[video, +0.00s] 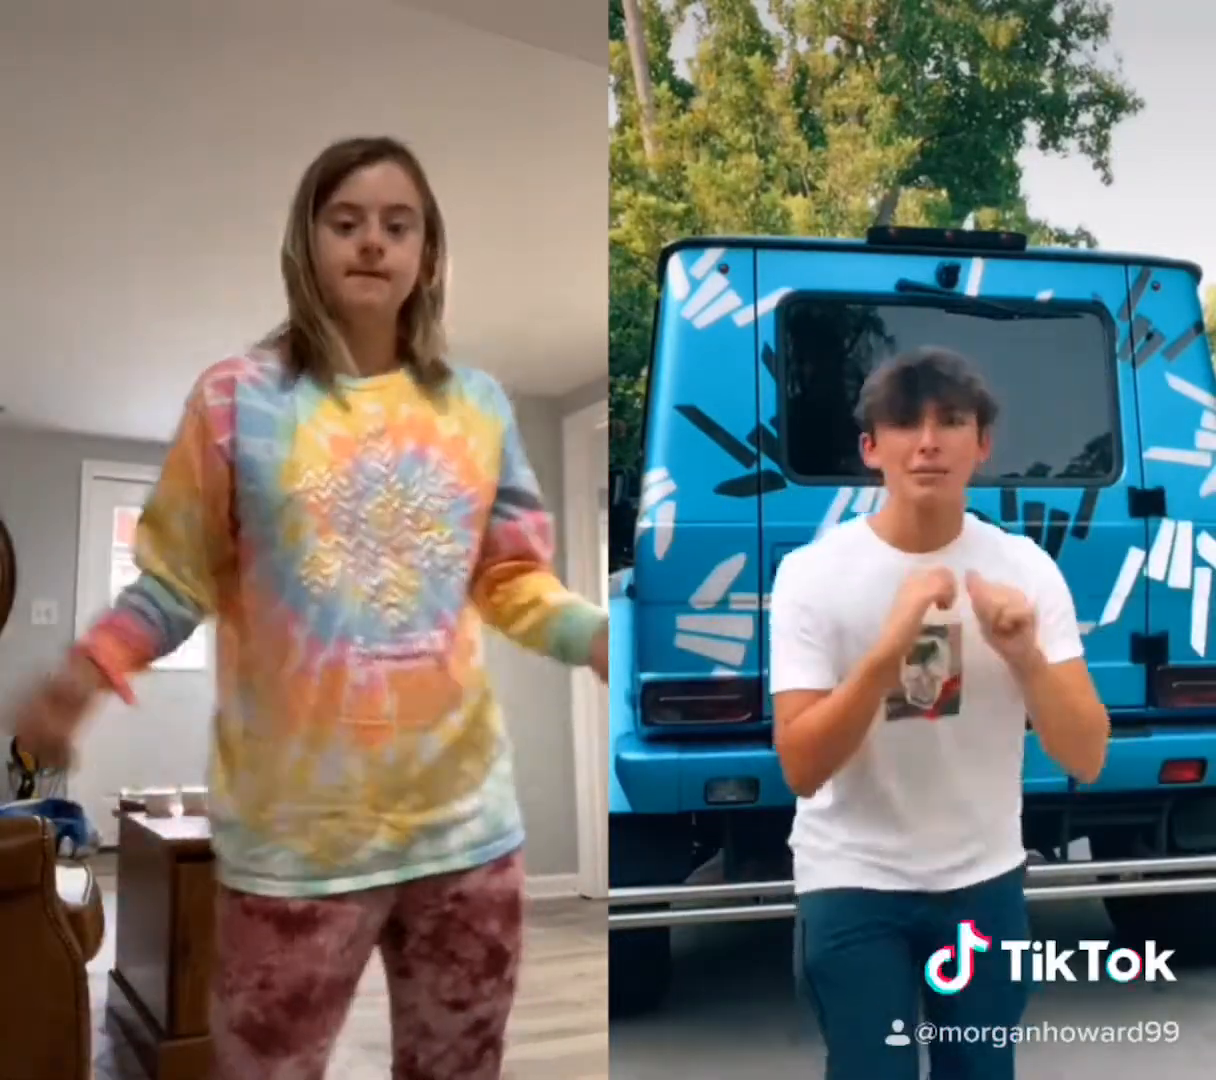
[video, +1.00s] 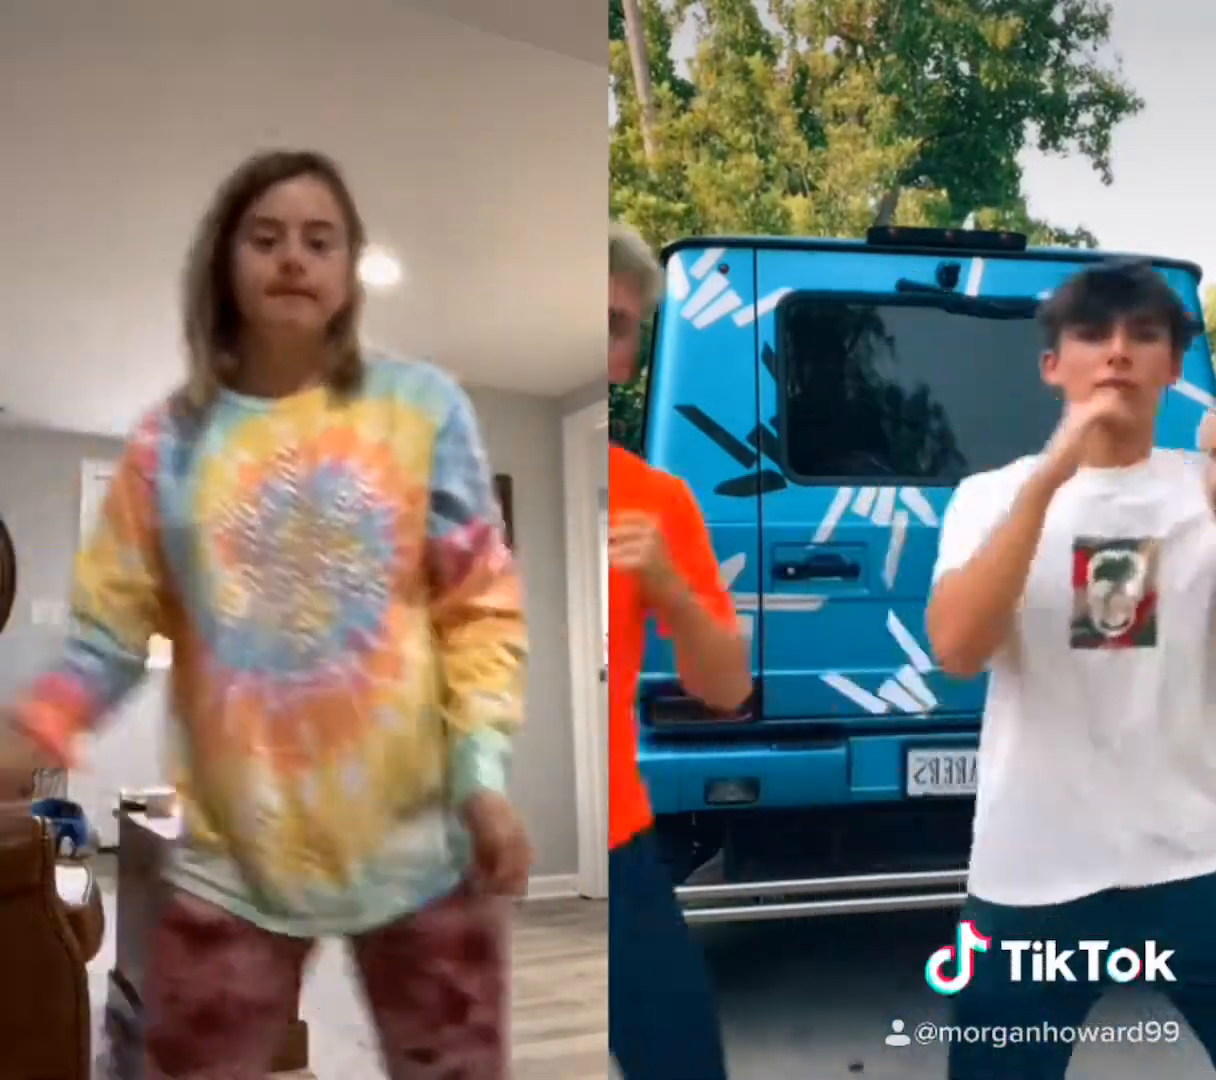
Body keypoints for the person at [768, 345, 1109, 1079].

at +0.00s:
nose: (928, 442)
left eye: (949, 422)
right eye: (907, 424)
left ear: (981, 446)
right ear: (872, 448)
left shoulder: (1025, 568)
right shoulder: (812, 575)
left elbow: (1086, 757)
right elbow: (802, 768)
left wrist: (1025, 655)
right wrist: (888, 652)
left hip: (985, 878)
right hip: (854, 883)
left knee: (982, 1068)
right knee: (876, 1067)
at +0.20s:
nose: (910, 457)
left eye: (933, 436)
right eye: (886, 436)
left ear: (965, 462)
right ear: (849, 463)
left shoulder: (1013, 593)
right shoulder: (786, 604)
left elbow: (1058, 791)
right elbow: (788, 806)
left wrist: (991, 692)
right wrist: (878, 685)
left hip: (990, 916)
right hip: (841, 925)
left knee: (1019, 1067)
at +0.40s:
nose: (890, 388)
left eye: (913, 366)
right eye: (868, 369)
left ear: (953, 387)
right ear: (836, 395)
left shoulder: (1020, 509)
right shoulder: (798, 532)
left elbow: (1056, 688)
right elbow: (798, 748)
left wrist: (932, 545)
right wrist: (783, 576)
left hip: (1010, 890)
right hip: (857, 900)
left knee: (1017, 1065)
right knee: (866, 1064)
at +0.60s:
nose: (875, 431)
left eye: (898, 405)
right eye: (853, 411)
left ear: (941, 428)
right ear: (826, 439)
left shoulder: (1022, 529)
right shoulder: (813, 607)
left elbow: (1073, 683)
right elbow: (864, 812)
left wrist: (889, 641)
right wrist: (761, 757)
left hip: (1062, 920)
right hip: (907, 938)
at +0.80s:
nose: (943, 445)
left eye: (966, 425)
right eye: (920, 428)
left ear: (1004, 456)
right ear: (885, 464)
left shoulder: (1085, 561)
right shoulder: (860, 629)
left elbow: (1141, 746)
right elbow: (880, 835)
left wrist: (976, 657)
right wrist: (805, 703)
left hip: (1120, 932)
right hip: (957, 948)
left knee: (1186, 1061)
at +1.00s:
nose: (1117, 354)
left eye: (1142, 335)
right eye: (1092, 334)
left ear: (1173, 365)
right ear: (1053, 366)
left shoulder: (1203, 490)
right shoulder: (991, 497)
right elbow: (957, 648)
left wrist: (1215, 482)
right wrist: (1047, 480)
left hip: (1194, 872)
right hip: (1034, 881)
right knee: (992, 1066)